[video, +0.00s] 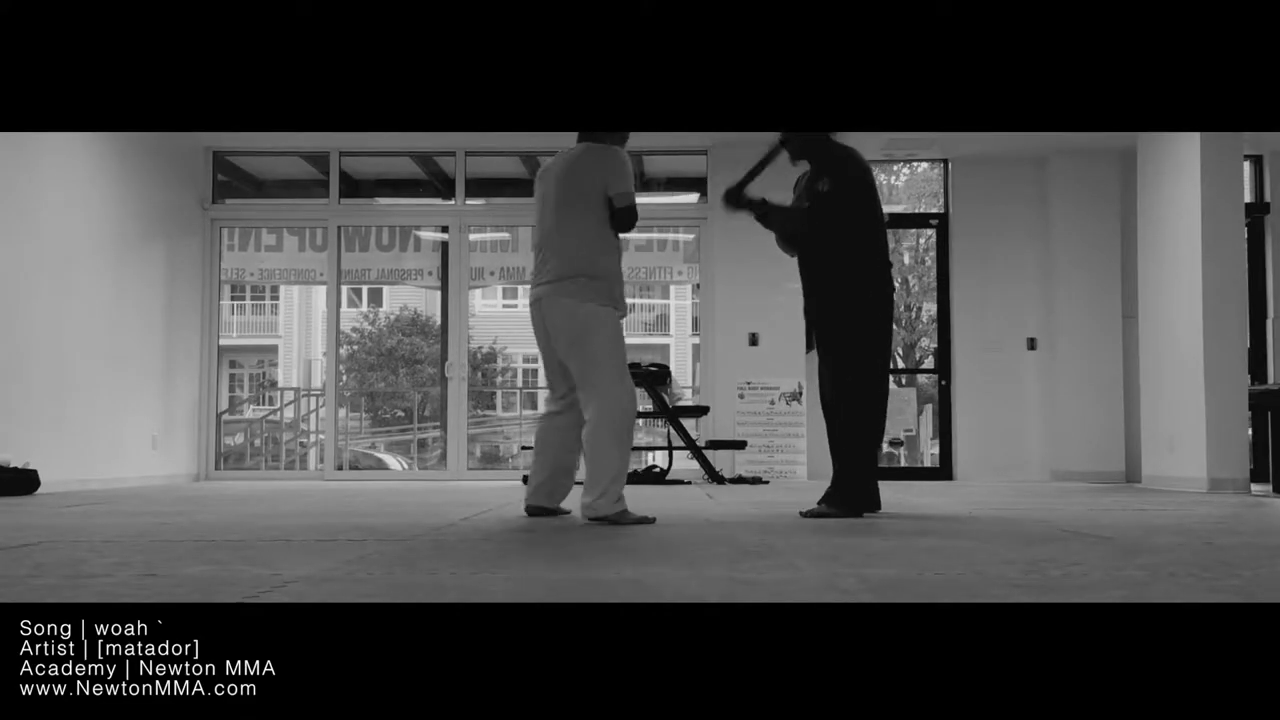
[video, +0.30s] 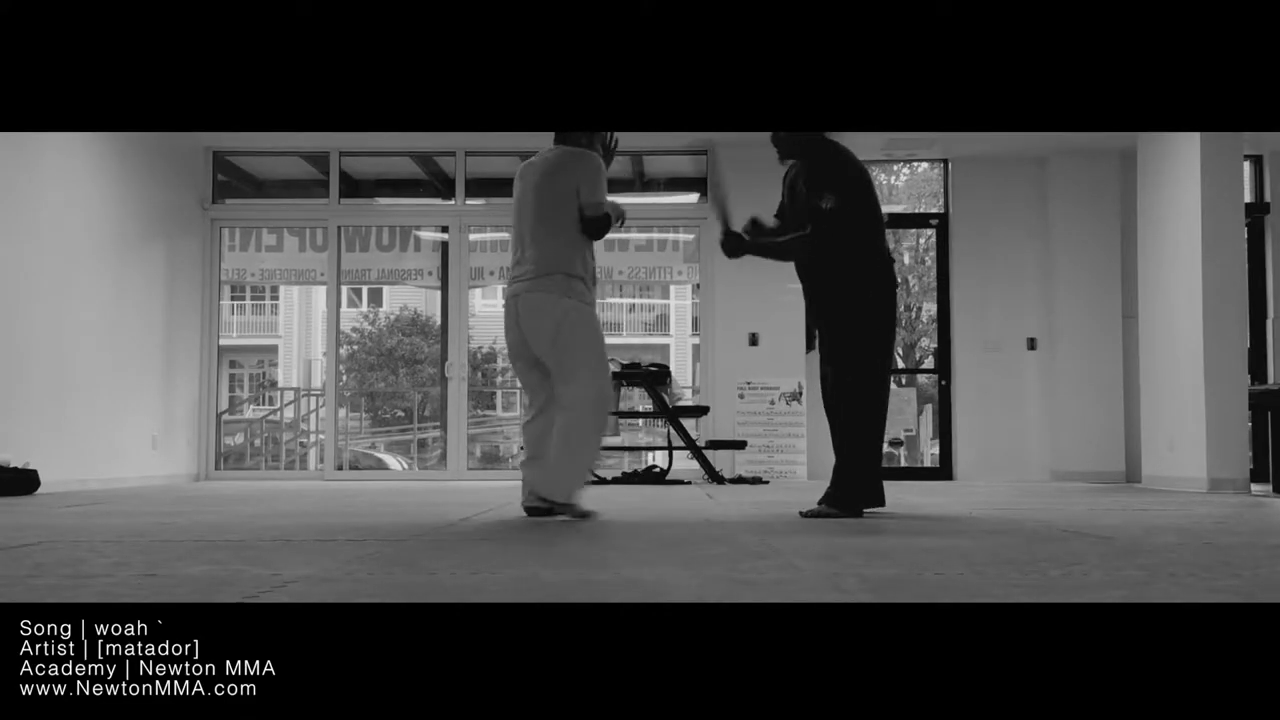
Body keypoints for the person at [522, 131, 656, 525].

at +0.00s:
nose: (627, 143)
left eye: (626, 139)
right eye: (626, 139)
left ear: (581, 133)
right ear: (619, 135)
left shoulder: (549, 168)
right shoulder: (611, 156)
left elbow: (553, 220)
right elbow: (625, 219)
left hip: (544, 298)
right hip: (586, 298)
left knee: (564, 398)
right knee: (612, 398)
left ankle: (542, 498)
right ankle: (604, 504)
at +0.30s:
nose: (607, 144)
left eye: (607, 139)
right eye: (606, 138)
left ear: (557, 135)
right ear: (594, 136)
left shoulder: (526, 169)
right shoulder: (587, 161)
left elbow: (546, 223)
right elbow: (593, 227)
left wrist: (594, 174)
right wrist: (613, 212)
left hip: (518, 300)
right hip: (559, 298)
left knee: (542, 396)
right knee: (589, 391)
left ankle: (537, 494)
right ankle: (556, 491)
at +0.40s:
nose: (597, 144)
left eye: (597, 139)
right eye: (595, 138)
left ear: (553, 134)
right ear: (585, 134)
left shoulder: (524, 168)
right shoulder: (577, 161)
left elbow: (550, 222)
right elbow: (592, 228)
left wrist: (588, 171)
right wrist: (614, 193)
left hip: (516, 300)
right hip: (553, 300)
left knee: (538, 398)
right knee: (568, 394)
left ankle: (536, 493)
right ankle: (527, 485)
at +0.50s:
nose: (590, 146)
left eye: (591, 140)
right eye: (588, 139)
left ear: (550, 138)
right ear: (574, 137)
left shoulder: (525, 172)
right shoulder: (567, 169)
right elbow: (600, 229)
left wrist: (593, 177)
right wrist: (606, 178)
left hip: (517, 302)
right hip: (547, 303)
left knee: (540, 395)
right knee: (549, 396)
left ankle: (514, 486)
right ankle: (524, 497)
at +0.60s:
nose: (590, 158)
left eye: (589, 151)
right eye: (587, 150)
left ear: (552, 145)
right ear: (572, 148)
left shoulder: (525, 179)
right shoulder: (552, 179)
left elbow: (567, 229)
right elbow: (603, 224)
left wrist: (600, 210)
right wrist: (592, 176)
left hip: (514, 311)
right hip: (539, 312)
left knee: (532, 402)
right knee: (548, 403)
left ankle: (506, 485)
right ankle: (523, 500)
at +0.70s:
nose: (588, 165)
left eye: (588, 158)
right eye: (587, 157)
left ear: (551, 152)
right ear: (572, 156)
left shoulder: (525, 185)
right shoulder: (547, 186)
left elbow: (581, 226)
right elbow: (598, 224)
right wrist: (584, 180)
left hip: (512, 315)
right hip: (536, 318)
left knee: (519, 405)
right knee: (551, 406)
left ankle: (509, 491)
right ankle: (525, 498)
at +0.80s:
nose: (583, 182)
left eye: (583, 176)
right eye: (582, 176)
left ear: (548, 162)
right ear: (570, 170)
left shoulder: (521, 192)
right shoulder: (547, 188)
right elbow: (593, 229)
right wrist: (583, 185)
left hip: (502, 320)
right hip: (531, 322)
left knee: (519, 411)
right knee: (555, 407)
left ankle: (507, 493)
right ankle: (525, 496)